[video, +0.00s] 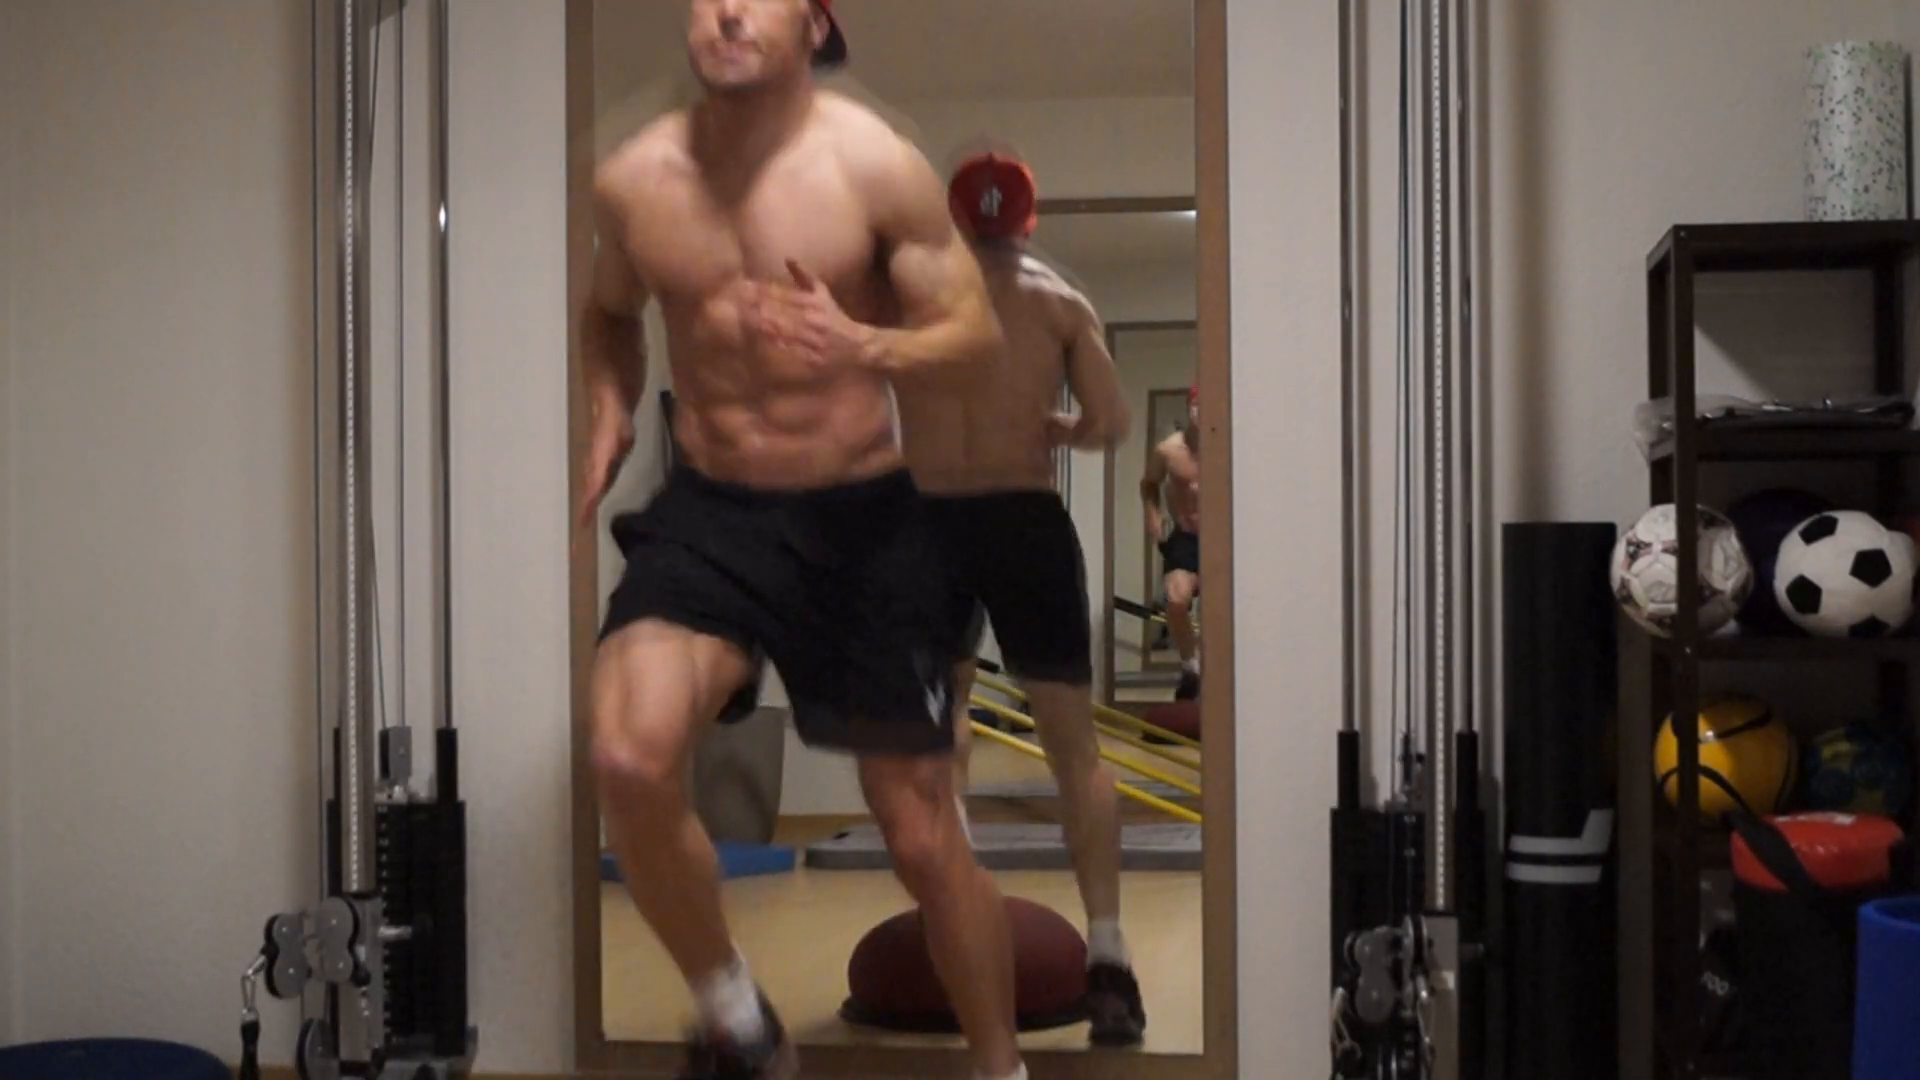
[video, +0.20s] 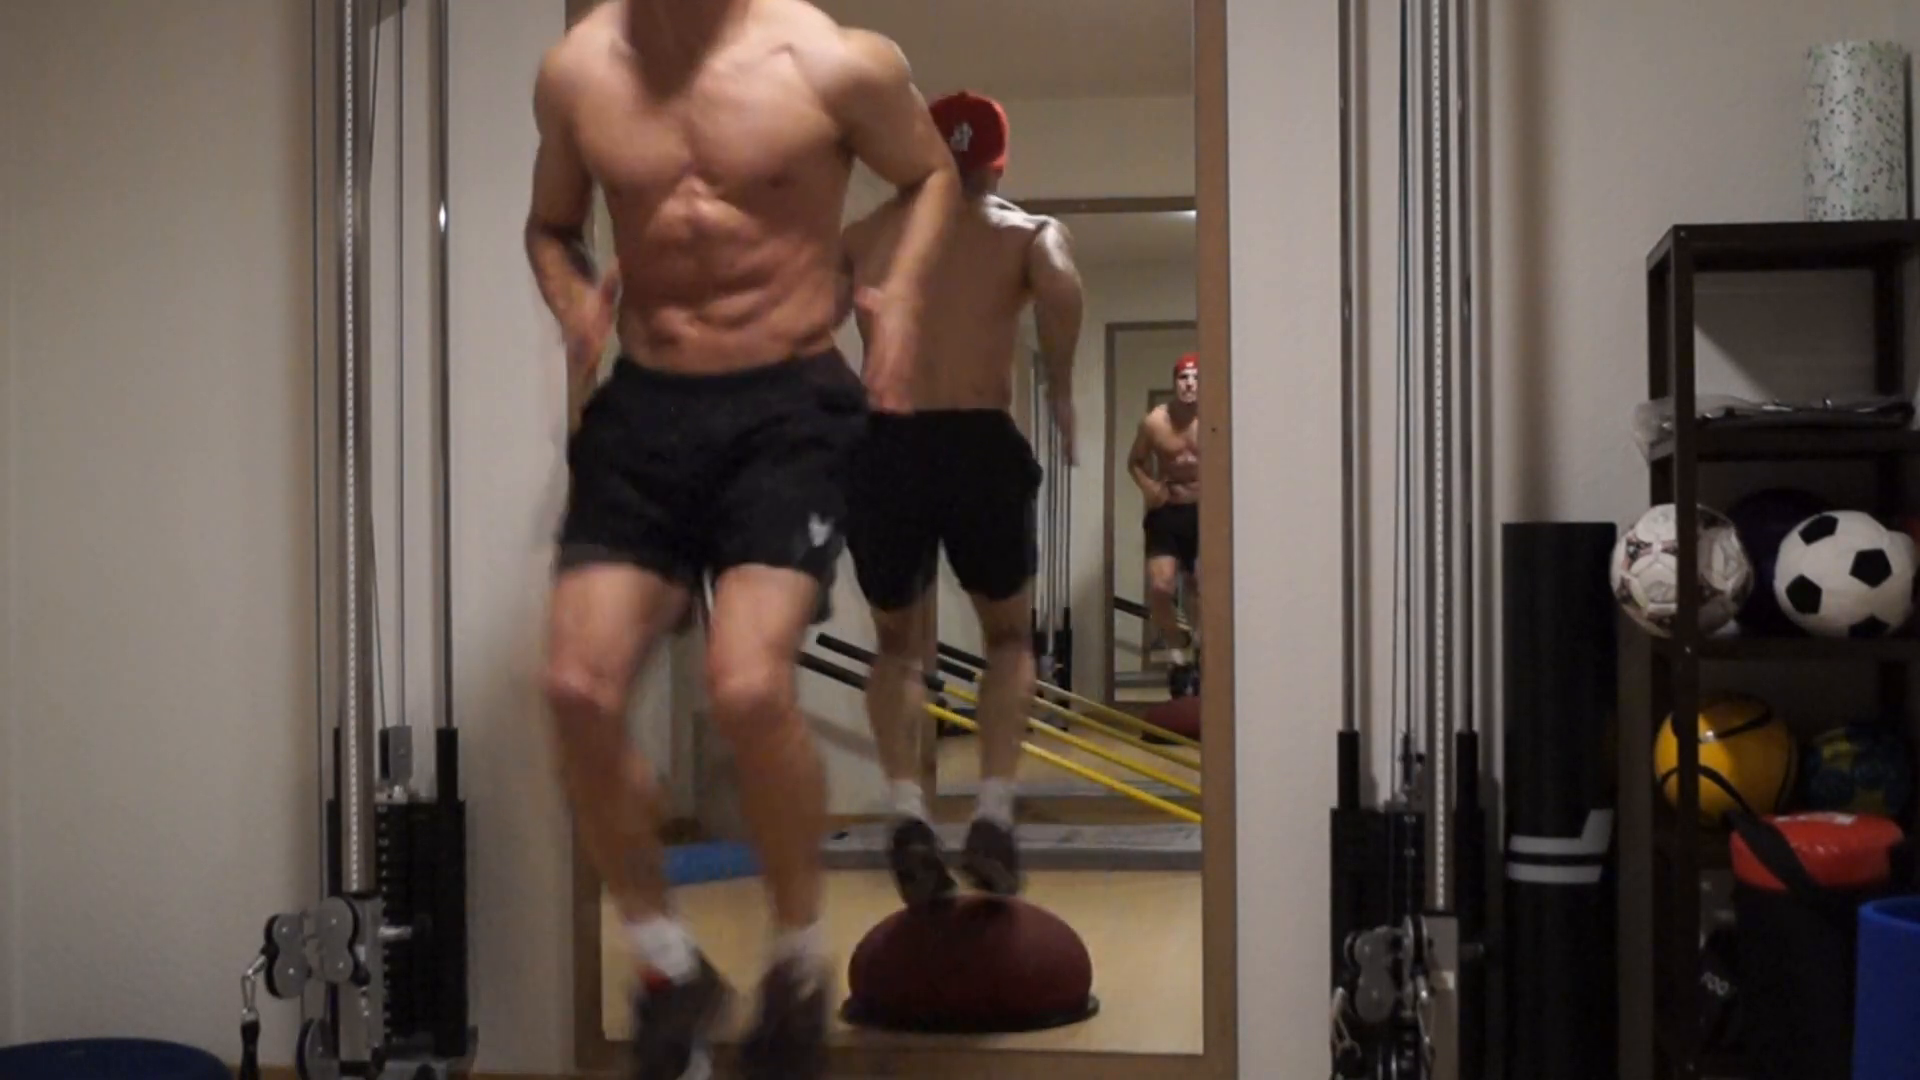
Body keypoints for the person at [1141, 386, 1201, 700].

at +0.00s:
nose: (1202, 417)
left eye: (1207, 410)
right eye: (1198, 410)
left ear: (1215, 415)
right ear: (1189, 413)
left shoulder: (1222, 449)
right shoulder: (1169, 450)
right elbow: (1150, 484)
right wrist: (1154, 518)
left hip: (1219, 537)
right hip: (1185, 536)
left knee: (1219, 610)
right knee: (1177, 600)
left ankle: (1216, 675)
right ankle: (1189, 667)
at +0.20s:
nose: (1188, 384)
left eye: (1194, 378)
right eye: (1183, 378)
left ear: (1203, 384)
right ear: (1174, 384)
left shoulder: (1209, 421)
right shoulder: (1155, 422)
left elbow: (1224, 460)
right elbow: (1135, 461)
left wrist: (1209, 487)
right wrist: (1149, 486)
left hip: (1202, 508)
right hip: (1166, 509)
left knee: (1204, 587)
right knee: (1161, 587)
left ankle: (1206, 655)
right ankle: (1178, 654)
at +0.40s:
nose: (1177, 393)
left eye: (1185, 387)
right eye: (1172, 386)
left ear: (1197, 392)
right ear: (1164, 391)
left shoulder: (1204, 430)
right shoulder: (1142, 428)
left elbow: (1218, 476)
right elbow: (1117, 456)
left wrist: (1198, 461)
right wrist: (1113, 494)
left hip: (1188, 523)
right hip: (1147, 523)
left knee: (1187, 604)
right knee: (1131, 606)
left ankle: (1192, 678)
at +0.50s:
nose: (1168, 410)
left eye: (1175, 405)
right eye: (1161, 404)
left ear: (1187, 412)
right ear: (1151, 410)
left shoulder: (1198, 448)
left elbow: (1214, 491)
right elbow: (1102, 489)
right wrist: (1108, 538)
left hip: (1184, 540)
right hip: (1140, 541)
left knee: (1188, 589)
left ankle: (1203, 660)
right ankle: (1120, 705)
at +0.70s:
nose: (1203, 405)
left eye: (1207, 399)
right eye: (1200, 399)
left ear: (1213, 407)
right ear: (1192, 405)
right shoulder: (1173, 438)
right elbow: (1142, 412)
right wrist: (1160, 361)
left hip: (1212, 540)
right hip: (1181, 538)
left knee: (1206, 626)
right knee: (1172, 626)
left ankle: (1198, 698)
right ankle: (1166, 706)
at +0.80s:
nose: (1189, 403)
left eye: (1190, 393)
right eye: (1186, 395)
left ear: (1200, 396)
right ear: (1185, 399)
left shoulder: (1221, 438)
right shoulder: (1179, 439)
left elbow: (1149, 451)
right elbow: (1148, 453)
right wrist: (1157, 408)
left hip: (1210, 540)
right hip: (1185, 538)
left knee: (1205, 626)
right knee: (1172, 627)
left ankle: (1197, 694)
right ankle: (1167, 705)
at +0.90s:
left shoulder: (1222, 448)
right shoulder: (1181, 457)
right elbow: (1152, 486)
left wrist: (1180, 459)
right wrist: (1161, 446)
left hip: (1212, 545)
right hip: (1186, 544)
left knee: (1201, 625)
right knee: (1171, 623)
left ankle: (1193, 692)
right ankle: (1167, 705)